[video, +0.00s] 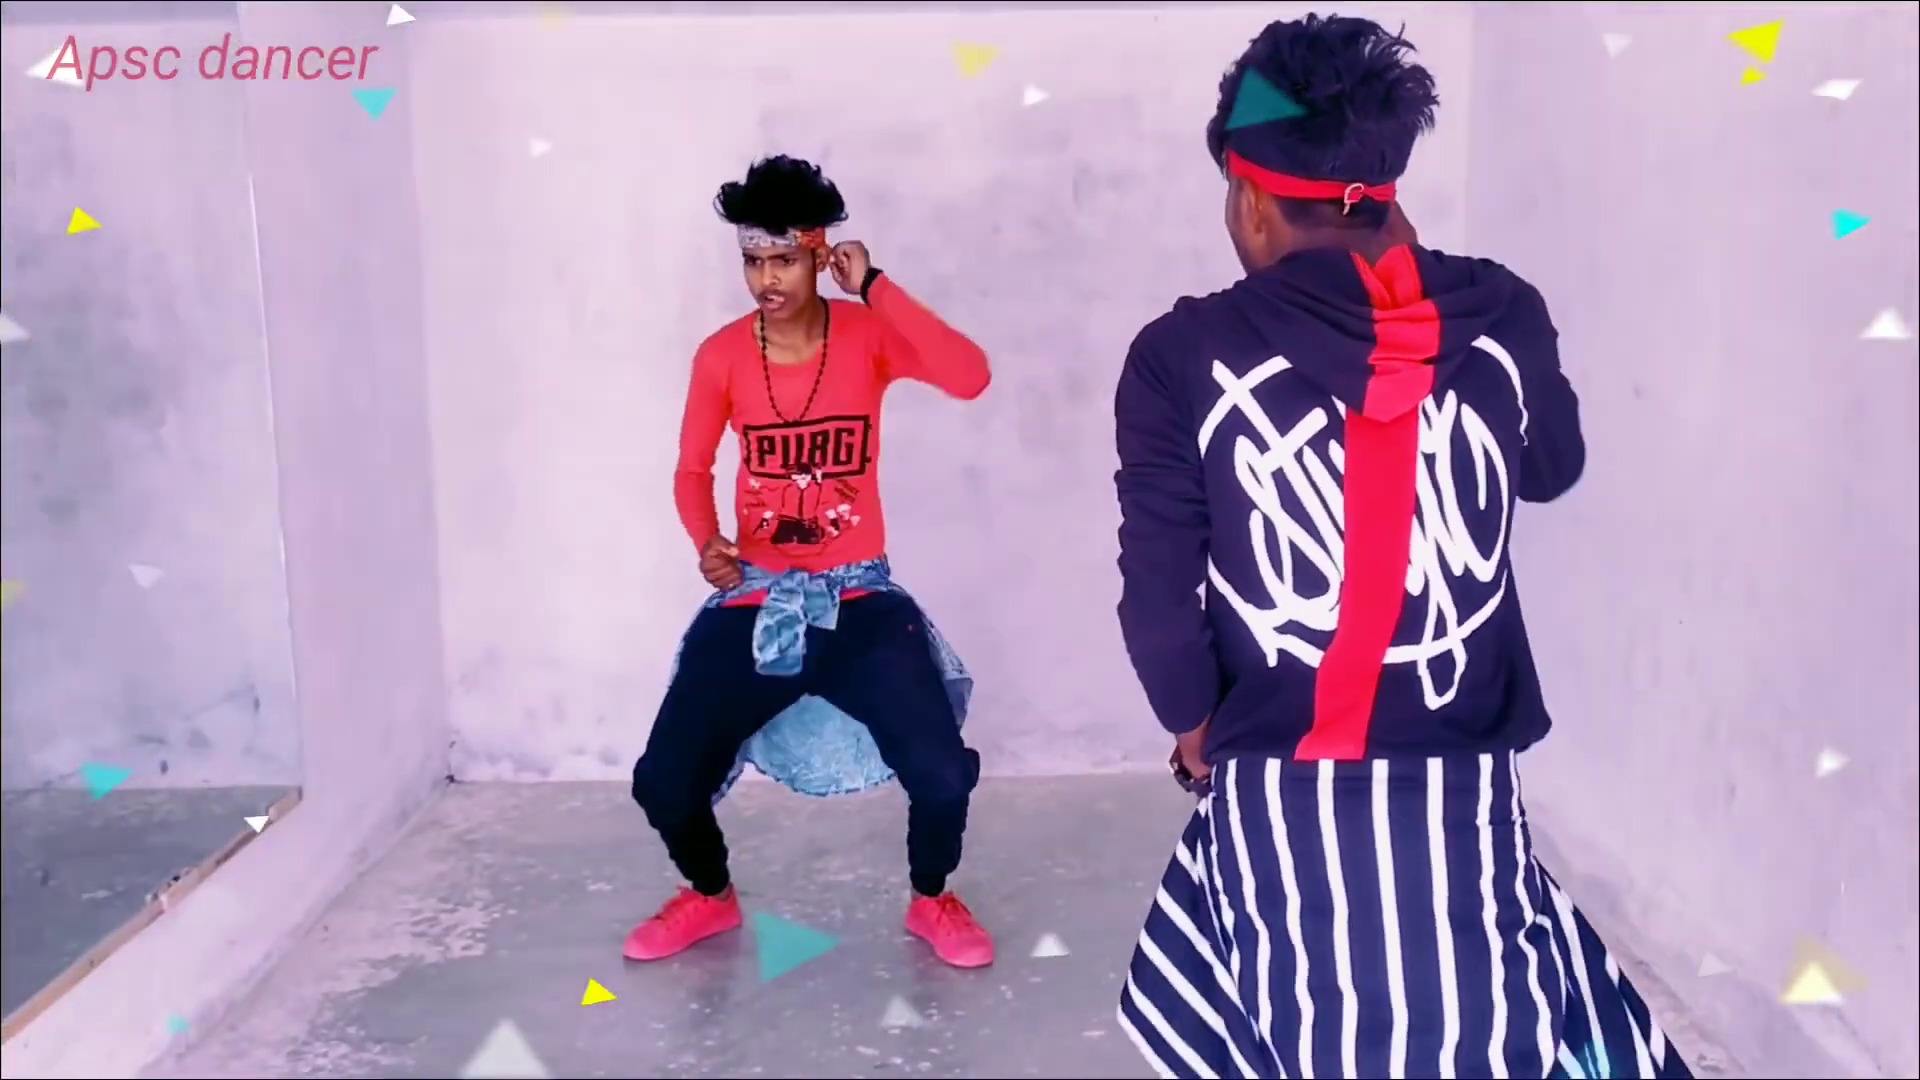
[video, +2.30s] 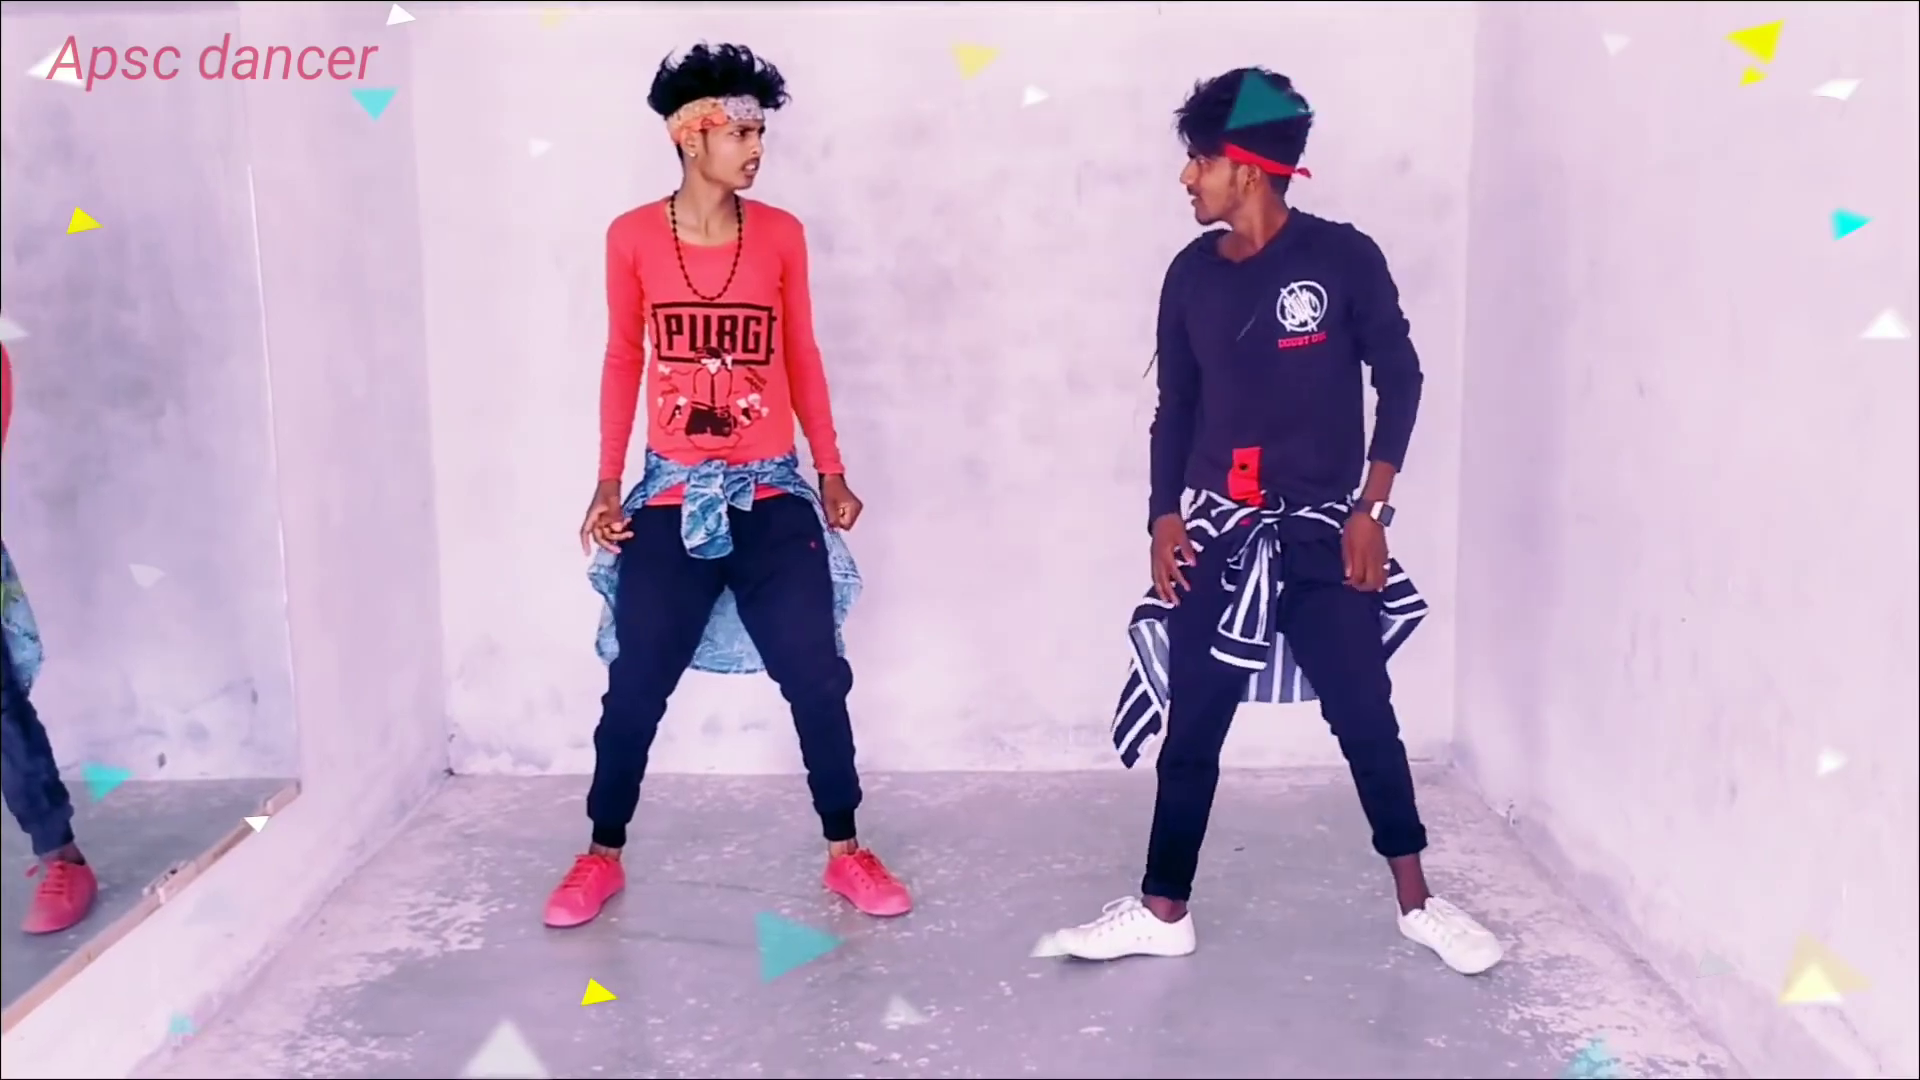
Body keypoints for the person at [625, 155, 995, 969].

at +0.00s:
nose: (766, 277)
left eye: (784, 259)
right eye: (753, 260)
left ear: (821, 260)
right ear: (741, 261)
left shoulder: (871, 334)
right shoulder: (725, 355)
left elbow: (969, 377)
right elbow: (693, 469)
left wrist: (875, 288)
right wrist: (708, 542)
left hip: (858, 602)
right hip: (750, 606)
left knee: (945, 773)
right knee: (663, 781)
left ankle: (931, 901)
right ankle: (710, 896)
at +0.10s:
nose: (774, 274)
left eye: (791, 254)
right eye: (758, 257)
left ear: (821, 253)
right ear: (741, 259)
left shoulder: (864, 332)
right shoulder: (722, 339)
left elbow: (942, 442)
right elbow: (701, 459)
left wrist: (863, 361)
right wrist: (706, 496)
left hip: (855, 592)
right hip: (752, 594)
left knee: (931, 772)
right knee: (669, 777)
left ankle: (931, 902)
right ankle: (710, 896)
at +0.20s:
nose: (768, 240)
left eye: (783, 219)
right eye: (749, 221)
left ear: (807, 223)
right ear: (725, 229)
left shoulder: (858, 318)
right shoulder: (706, 316)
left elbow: (965, 399)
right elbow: (681, 401)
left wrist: (926, 437)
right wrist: (672, 455)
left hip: (843, 580)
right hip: (736, 578)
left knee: (926, 759)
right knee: (634, 746)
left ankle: (931, 899)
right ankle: (697, 877)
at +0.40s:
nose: (752, 222)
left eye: (761, 204)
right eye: (730, 206)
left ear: (772, 214)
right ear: (689, 218)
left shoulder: (815, 310)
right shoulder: (664, 306)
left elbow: (885, 397)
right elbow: (673, 392)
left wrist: (932, 509)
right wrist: (631, 490)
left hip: (803, 574)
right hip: (702, 569)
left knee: (869, 754)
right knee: (561, 707)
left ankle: (927, 899)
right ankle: (587, 852)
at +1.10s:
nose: (696, 164)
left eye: (700, 148)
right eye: (675, 148)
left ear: (704, 160)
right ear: (624, 164)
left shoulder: (726, 259)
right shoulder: (577, 268)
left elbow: (755, 380)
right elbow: (570, 387)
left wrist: (806, 488)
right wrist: (551, 512)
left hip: (725, 523)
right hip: (618, 529)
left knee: (802, 691)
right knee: (567, 710)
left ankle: (838, 870)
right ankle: (542, 873)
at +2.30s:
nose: (756, 147)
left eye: (759, 130)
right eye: (739, 131)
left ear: (753, 138)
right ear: (690, 137)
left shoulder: (779, 235)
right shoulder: (634, 237)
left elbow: (801, 357)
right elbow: (623, 361)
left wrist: (830, 470)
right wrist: (609, 484)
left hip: (772, 495)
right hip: (669, 500)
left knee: (814, 674)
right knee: (638, 683)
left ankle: (847, 849)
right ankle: (603, 854)